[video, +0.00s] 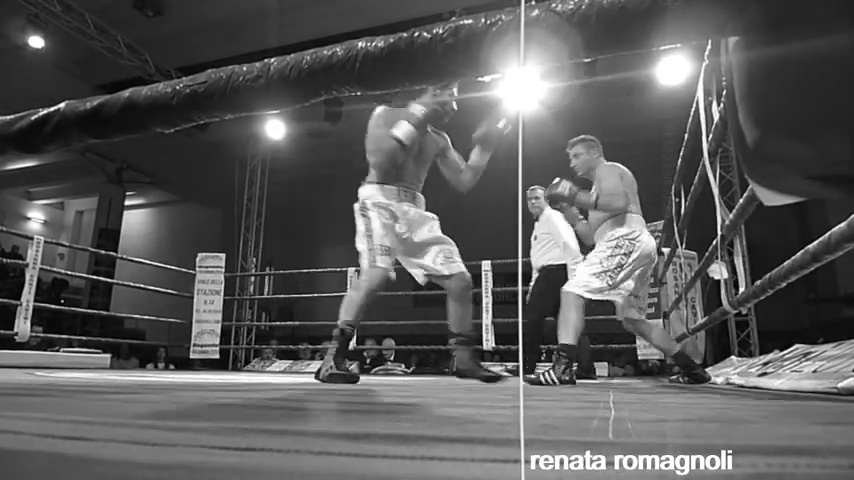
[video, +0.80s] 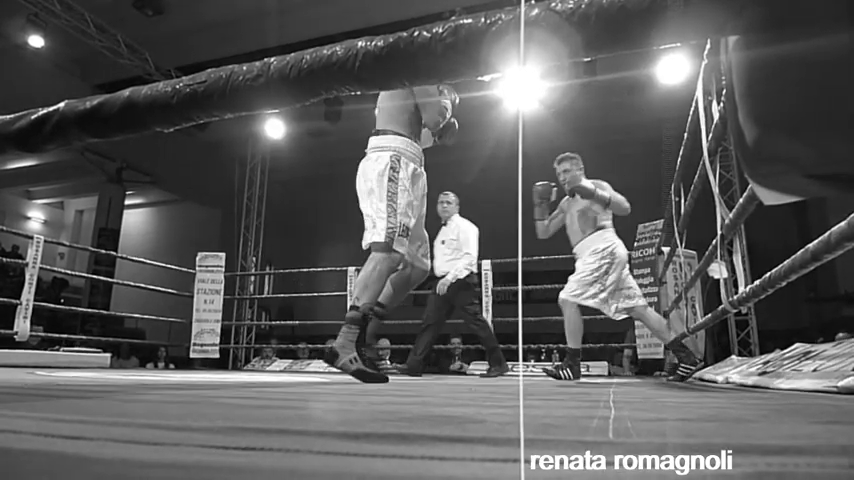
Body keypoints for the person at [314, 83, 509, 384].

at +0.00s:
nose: (453, 104)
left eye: (455, 96)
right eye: (447, 93)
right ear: (422, 91)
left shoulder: (439, 139)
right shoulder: (386, 114)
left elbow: (464, 180)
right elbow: (380, 160)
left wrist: (485, 143)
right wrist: (416, 117)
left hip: (415, 212)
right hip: (378, 204)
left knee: (460, 282)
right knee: (376, 273)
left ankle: (464, 359)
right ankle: (334, 358)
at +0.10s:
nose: (470, 128)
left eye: (471, 122)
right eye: (468, 120)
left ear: (456, 115)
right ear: (453, 111)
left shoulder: (443, 157)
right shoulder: (410, 133)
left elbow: (447, 213)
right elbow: (427, 178)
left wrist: (470, 176)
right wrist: (458, 145)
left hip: (429, 228)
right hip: (393, 220)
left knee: (484, 291)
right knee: (409, 285)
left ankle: (478, 368)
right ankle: (343, 356)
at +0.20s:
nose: (468, 114)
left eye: (469, 107)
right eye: (464, 105)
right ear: (448, 103)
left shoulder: (443, 147)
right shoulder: (415, 121)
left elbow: (443, 205)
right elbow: (449, 155)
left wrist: (469, 169)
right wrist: (474, 130)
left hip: (431, 223)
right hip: (398, 215)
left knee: (485, 292)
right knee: (412, 287)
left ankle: (479, 368)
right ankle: (342, 353)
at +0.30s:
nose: (457, 90)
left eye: (459, 87)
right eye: (452, 84)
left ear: (454, 90)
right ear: (437, 79)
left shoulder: (442, 113)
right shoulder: (416, 93)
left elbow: (436, 181)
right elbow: (456, 124)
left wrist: (455, 145)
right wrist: (471, 106)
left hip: (428, 195)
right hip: (399, 187)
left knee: (466, 282)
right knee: (404, 269)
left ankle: (479, 357)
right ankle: (339, 346)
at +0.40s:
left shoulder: (440, 84)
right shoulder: (413, 69)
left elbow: (432, 141)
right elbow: (442, 109)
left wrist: (451, 122)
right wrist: (461, 90)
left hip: (424, 171)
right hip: (394, 161)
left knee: (453, 262)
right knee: (398, 251)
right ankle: (342, 339)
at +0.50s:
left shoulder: (432, 88)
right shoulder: (411, 72)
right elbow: (439, 116)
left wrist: (454, 106)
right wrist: (456, 93)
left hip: (414, 171)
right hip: (391, 163)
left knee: (440, 268)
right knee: (395, 256)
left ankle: (373, 336)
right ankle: (341, 348)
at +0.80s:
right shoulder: (417, 70)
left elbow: (415, 138)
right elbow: (434, 117)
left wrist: (443, 134)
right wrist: (446, 99)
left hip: (410, 167)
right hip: (392, 160)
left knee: (418, 265)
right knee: (387, 252)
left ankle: (366, 336)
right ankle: (344, 344)